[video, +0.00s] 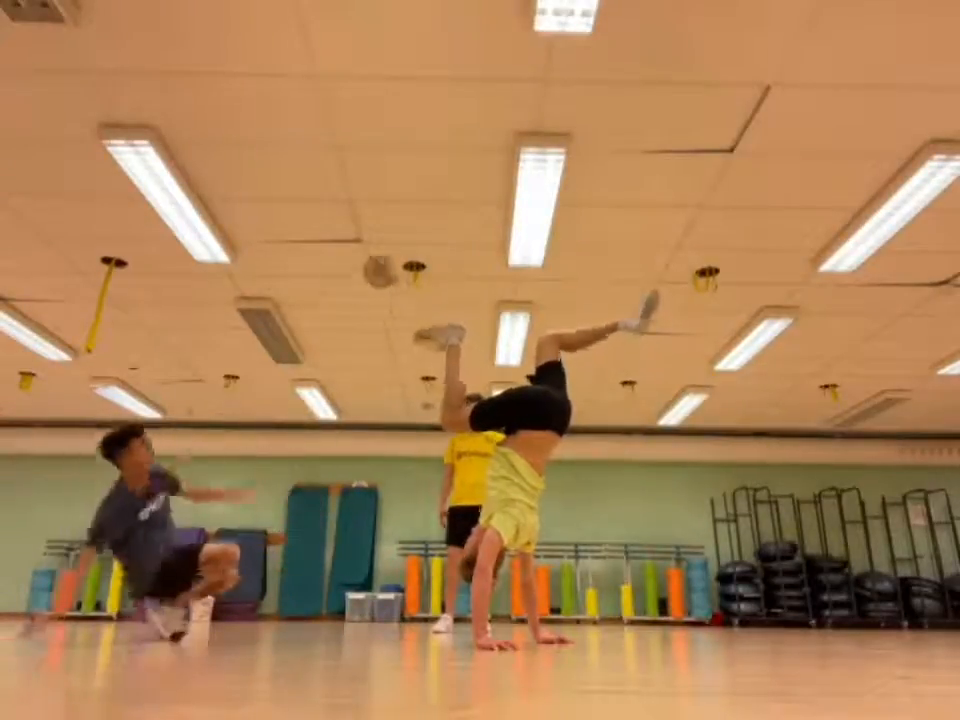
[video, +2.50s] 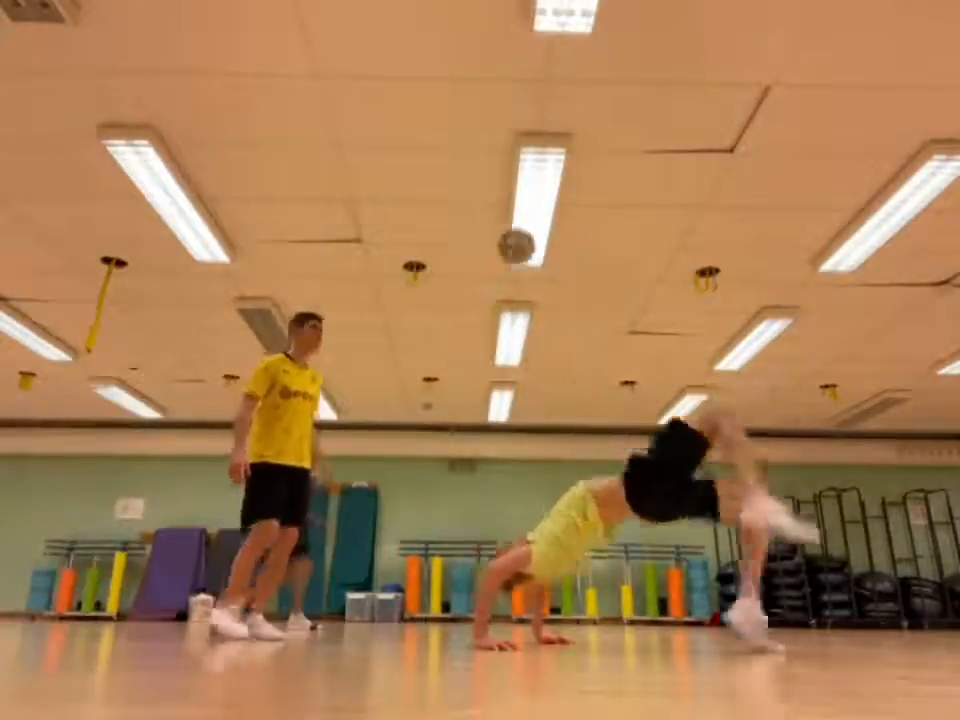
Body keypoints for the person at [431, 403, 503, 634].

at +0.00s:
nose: (469, 416)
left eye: (473, 410)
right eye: (465, 410)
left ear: (485, 411)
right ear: (460, 414)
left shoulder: (497, 439)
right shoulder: (457, 441)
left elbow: (505, 472)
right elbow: (449, 474)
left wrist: (500, 503)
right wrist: (443, 504)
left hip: (489, 504)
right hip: (460, 503)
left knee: (487, 563)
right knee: (455, 558)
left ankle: (484, 617)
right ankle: (448, 613)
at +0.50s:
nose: (444, 409)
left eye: (447, 404)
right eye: (439, 404)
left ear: (452, 409)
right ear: (432, 409)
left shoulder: (464, 438)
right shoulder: (422, 438)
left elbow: (474, 474)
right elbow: (416, 475)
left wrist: (475, 506)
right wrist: (411, 506)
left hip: (457, 506)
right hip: (428, 505)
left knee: (468, 558)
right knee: (412, 556)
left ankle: (477, 612)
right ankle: (409, 608)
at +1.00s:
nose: (392, 389)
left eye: (396, 385)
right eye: (387, 385)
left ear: (402, 391)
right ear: (380, 391)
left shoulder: (414, 419)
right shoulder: (373, 424)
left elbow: (427, 455)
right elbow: (366, 460)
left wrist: (427, 492)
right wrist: (355, 491)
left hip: (407, 490)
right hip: (382, 492)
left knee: (389, 544)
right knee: (390, 551)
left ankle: (377, 606)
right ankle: (397, 611)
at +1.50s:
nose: (353, 368)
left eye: (358, 364)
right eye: (349, 363)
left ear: (364, 370)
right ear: (340, 368)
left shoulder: (373, 403)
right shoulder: (325, 403)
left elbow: (379, 443)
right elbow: (312, 443)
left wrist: (375, 478)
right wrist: (307, 477)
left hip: (356, 477)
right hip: (325, 477)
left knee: (346, 543)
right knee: (310, 541)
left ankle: (340, 613)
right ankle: (321, 606)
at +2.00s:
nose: (310, 351)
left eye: (314, 347)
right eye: (305, 345)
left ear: (317, 355)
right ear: (291, 349)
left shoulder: (317, 393)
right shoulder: (270, 383)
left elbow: (321, 437)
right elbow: (248, 425)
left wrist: (328, 472)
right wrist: (245, 464)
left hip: (305, 474)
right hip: (270, 471)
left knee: (312, 539)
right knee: (252, 539)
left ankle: (310, 603)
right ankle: (222, 615)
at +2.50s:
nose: (319, 336)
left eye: (320, 331)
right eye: (313, 329)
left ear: (317, 339)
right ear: (295, 332)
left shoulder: (313, 378)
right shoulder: (272, 367)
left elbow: (309, 423)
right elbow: (246, 408)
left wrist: (314, 458)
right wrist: (238, 453)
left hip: (298, 463)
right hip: (267, 460)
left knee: (287, 537)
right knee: (264, 532)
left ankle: (256, 613)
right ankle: (228, 608)